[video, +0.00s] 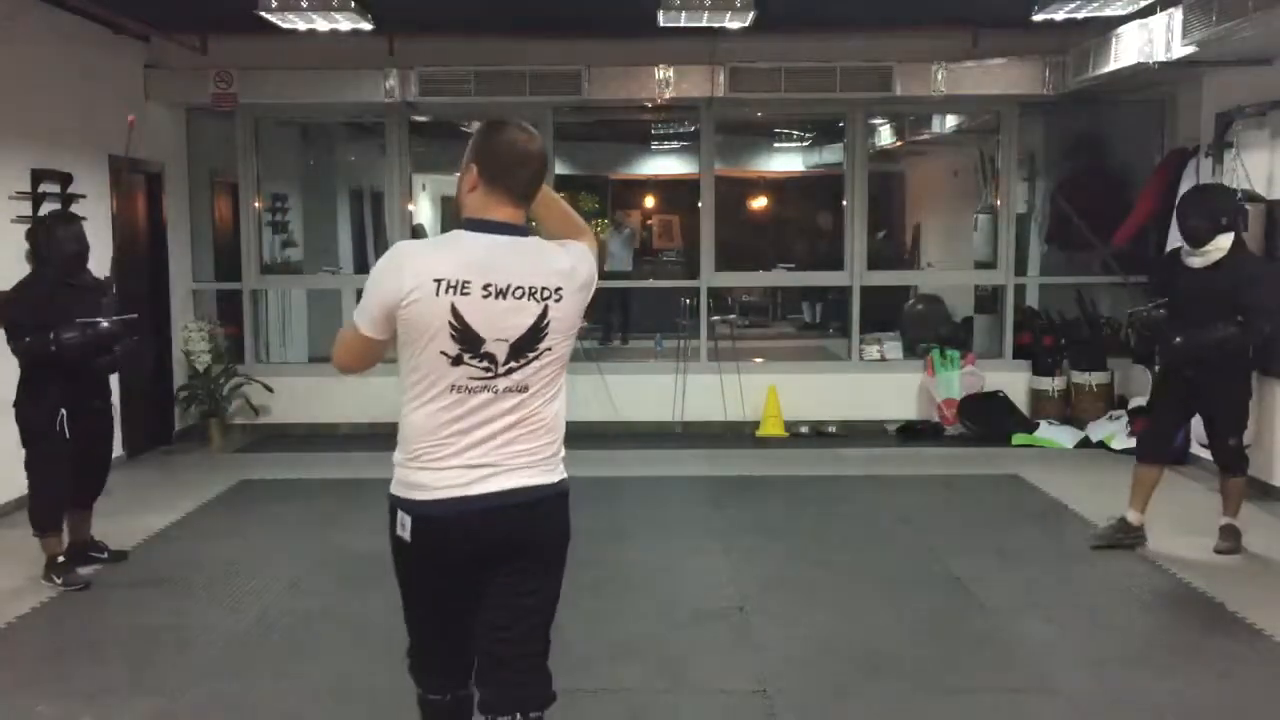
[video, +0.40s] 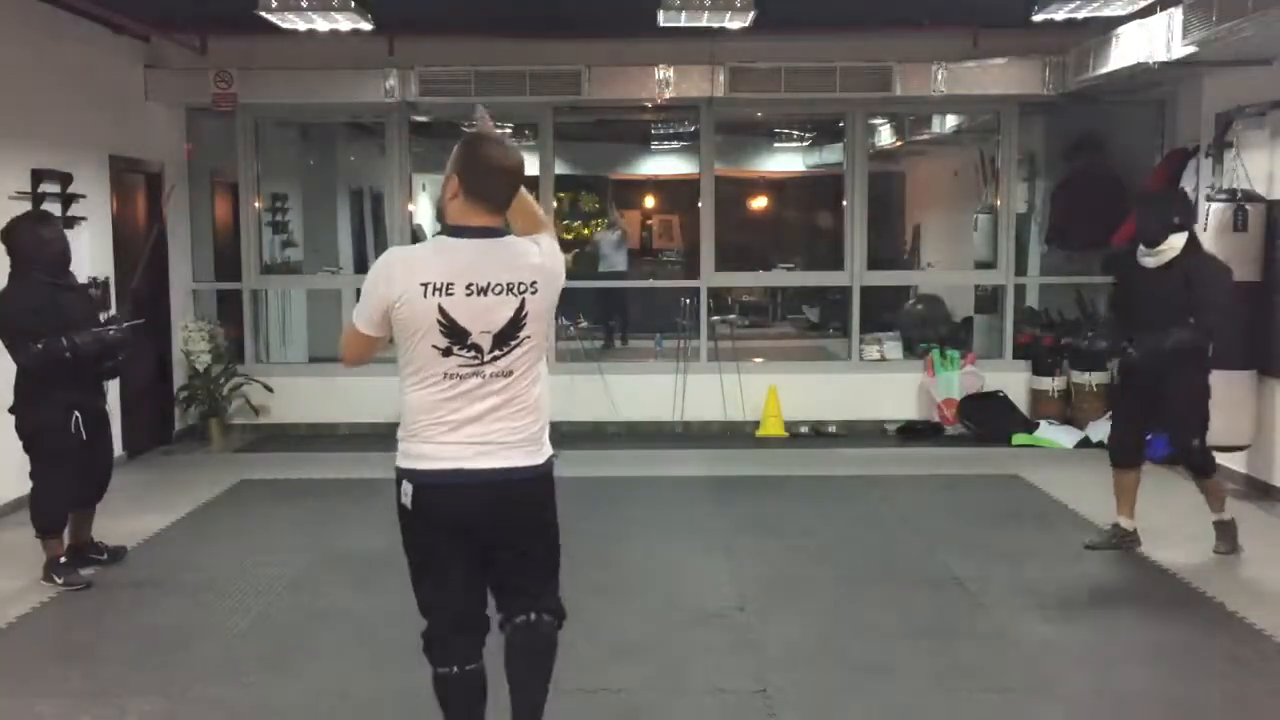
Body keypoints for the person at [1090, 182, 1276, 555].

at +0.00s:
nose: (1186, 229)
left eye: (1195, 222)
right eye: (1184, 221)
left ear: (1221, 223)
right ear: (1181, 221)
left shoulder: (1249, 269)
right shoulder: (1172, 264)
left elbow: (1258, 330)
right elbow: (1158, 314)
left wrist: (1198, 341)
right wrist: (1146, 328)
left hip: (1224, 376)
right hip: (1177, 372)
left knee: (1228, 451)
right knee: (1153, 440)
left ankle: (1229, 524)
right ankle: (1132, 522)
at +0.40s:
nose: (1148, 233)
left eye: (1157, 225)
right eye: (1144, 223)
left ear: (1177, 224)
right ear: (1137, 223)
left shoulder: (1205, 270)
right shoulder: (1129, 266)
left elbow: (1213, 327)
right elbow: (1119, 318)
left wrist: (1161, 342)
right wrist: (1119, 342)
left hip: (1184, 372)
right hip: (1138, 370)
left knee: (1192, 449)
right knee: (1123, 444)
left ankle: (1222, 520)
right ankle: (1124, 526)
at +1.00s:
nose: (1126, 226)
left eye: (1132, 218)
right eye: (1123, 219)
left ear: (1150, 218)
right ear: (1120, 221)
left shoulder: (1180, 263)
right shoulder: (1113, 263)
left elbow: (1178, 325)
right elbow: (1097, 315)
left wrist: (1131, 349)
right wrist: (1091, 346)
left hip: (1160, 375)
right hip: (1117, 373)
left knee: (1161, 456)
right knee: (1120, 451)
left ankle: (1169, 536)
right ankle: (1124, 528)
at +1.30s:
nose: (1132, 222)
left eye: (1140, 214)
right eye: (1130, 214)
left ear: (1162, 215)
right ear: (1127, 215)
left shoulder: (1190, 268)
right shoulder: (1119, 263)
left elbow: (1178, 329)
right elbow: (1104, 316)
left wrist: (1124, 352)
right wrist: (1089, 347)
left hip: (1164, 378)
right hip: (1119, 374)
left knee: (1168, 456)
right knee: (1121, 450)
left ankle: (1170, 537)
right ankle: (1124, 527)